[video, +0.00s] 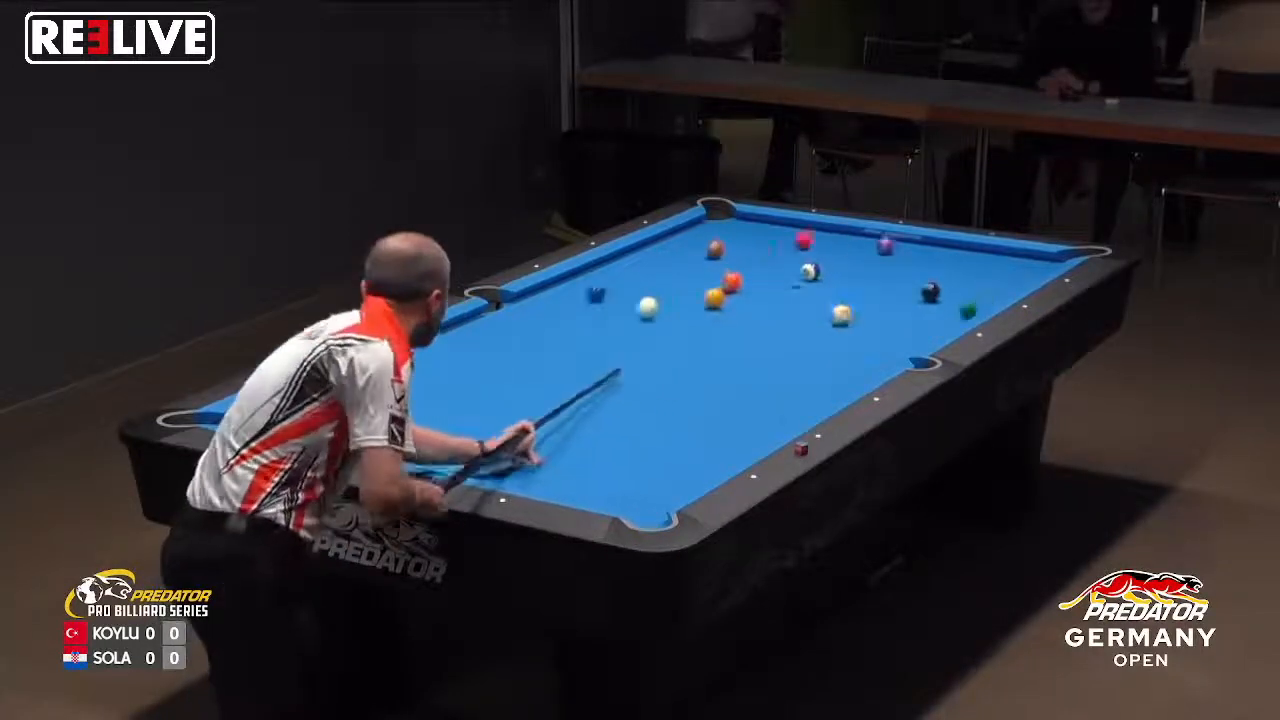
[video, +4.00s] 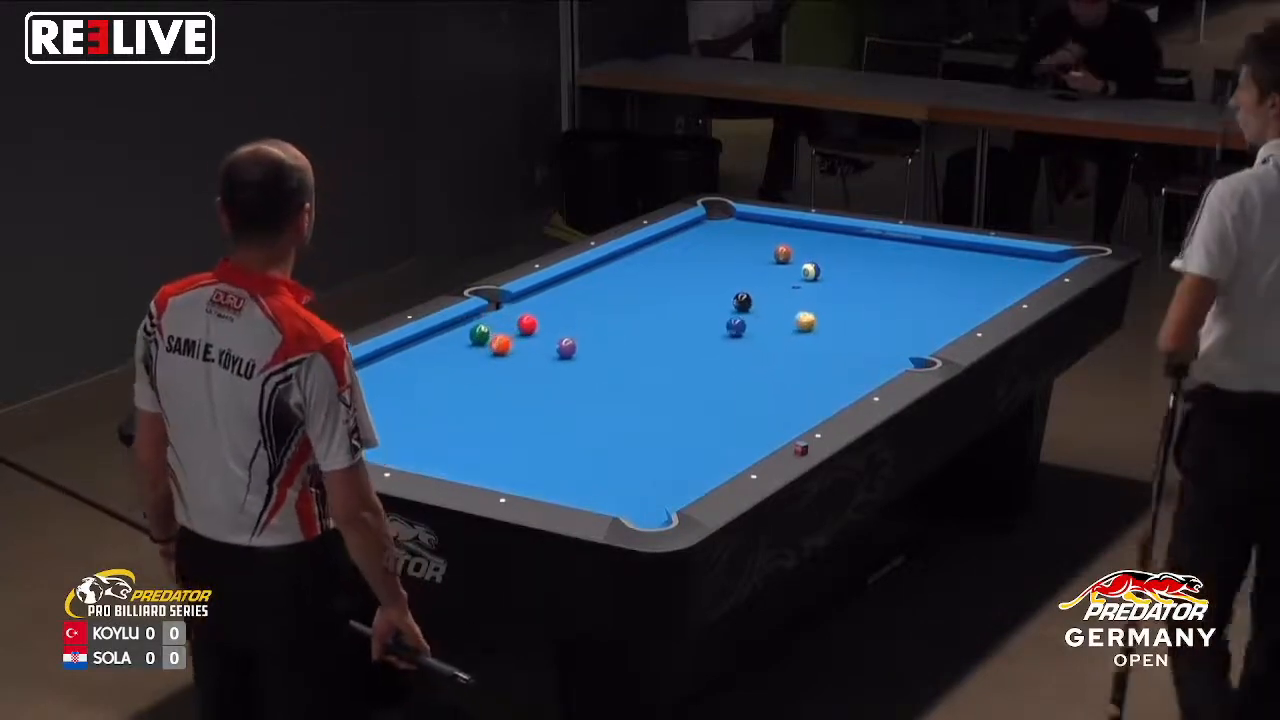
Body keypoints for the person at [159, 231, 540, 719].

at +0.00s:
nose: (447, 306)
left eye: (444, 294)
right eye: (447, 296)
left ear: (370, 285)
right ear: (435, 300)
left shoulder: (341, 331)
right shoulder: (377, 354)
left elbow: (389, 431)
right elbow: (381, 494)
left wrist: (481, 450)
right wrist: (419, 494)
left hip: (200, 538)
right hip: (246, 550)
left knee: (248, 698)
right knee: (279, 699)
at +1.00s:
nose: (393, 205)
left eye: (392, 192)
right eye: (392, 195)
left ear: (312, 199)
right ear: (378, 212)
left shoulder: (270, 266)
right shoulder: (327, 303)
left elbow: (272, 383)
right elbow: (320, 455)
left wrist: (355, 391)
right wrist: (371, 506)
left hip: (224, 504)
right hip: (270, 523)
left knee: (273, 669)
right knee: (292, 677)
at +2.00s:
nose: (335, 165)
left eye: (331, 153)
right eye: (333, 154)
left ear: (251, 163)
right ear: (321, 167)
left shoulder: (208, 255)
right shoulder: (313, 282)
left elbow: (196, 378)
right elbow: (357, 440)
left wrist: (241, 441)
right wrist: (407, 496)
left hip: (247, 497)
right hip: (319, 503)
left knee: (281, 664)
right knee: (348, 662)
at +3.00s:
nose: (334, 228)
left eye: (332, 213)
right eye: (334, 216)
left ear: (242, 218)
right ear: (320, 233)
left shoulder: (180, 320)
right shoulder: (324, 359)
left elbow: (172, 458)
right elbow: (368, 520)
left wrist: (190, 540)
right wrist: (412, 620)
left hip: (229, 577)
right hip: (314, 587)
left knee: (256, 705)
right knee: (338, 706)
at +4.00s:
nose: (315, 219)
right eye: (314, 208)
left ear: (222, 214)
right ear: (305, 220)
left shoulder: (165, 310)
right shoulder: (312, 344)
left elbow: (148, 459)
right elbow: (353, 508)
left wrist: (167, 539)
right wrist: (394, 604)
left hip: (203, 563)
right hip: (292, 573)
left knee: (221, 704)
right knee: (305, 703)